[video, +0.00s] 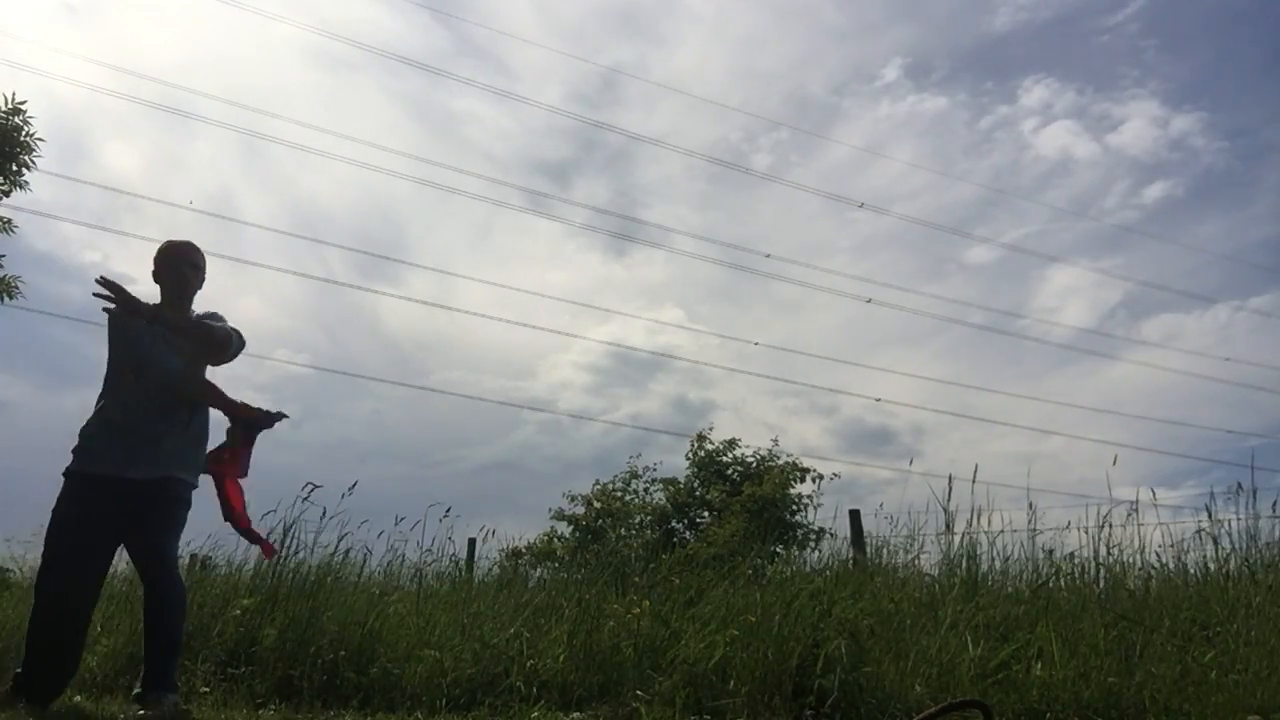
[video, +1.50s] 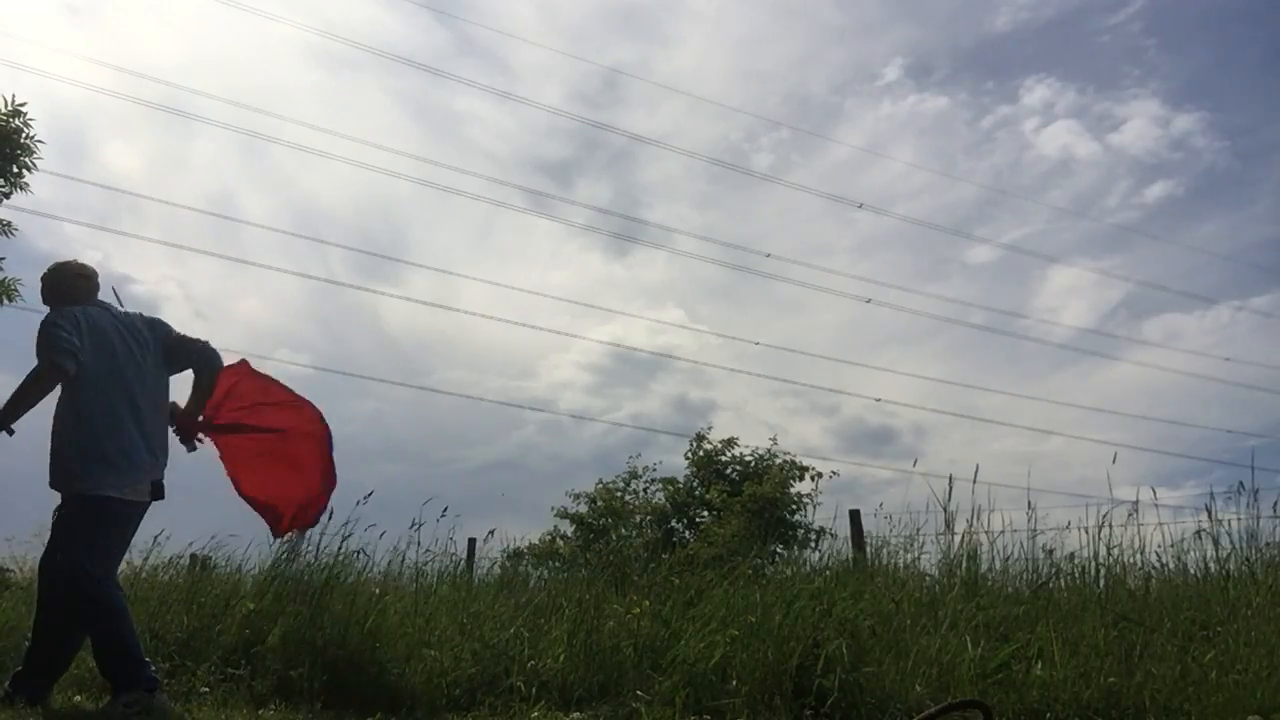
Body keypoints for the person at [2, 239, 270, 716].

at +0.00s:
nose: (185, 273)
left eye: (194, 268)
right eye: (177, 263)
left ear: (202, 281)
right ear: (156, 269)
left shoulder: (209, 323)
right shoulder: (129, 318)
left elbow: (224, 346)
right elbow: (167, 372)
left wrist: (148, 313)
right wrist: (234, 408)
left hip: (166, 476)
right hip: (101, 468)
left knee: (160, 571)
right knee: (65, 579)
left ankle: (160, 691)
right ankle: (35, 692)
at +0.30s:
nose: (196, 270)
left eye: (205, 265)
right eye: (186, 261)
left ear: (214, 280)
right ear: (167, 270)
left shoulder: (226, 337)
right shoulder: (129, 321)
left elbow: (285, 326)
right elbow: (104, 385)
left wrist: (331, 295)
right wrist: (131, 448)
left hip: (165, 485)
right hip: (100, 475)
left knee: (167, 588)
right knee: (58, 585)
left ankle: (161, 695)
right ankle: (25, 690)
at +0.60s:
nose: (192, 263)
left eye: (204, 258)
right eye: (184, 256)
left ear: (220, 275)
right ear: (171, 269)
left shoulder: (237, 333)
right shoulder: (144, 311)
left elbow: (288, 353)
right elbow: (90, 321)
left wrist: (287, 364)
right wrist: (93, 245)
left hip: (169, 483)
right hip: (103, 470)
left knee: (163, 580)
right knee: (48, 574)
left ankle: (159, 694)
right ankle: (16, 687)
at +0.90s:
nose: (139, 289)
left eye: (149, 281)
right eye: (133, 283)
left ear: (168, 286)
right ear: (127, 291)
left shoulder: (178, 331)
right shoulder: (126, 333)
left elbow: (91, 331)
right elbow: (102, 363)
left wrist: (143, 307)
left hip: (131, 477)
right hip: (85, 475)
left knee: (109, 566)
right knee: (19, 578)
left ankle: (157, 691)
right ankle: (29, 695)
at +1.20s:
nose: (92, 296)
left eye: (94, 288)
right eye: (92, 289)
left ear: (105, 284)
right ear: (139, 287)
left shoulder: (107, 315)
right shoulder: (167, 341)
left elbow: (58, 379)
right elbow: (146, 417)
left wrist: (58, 413)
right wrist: (73, 417)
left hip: (87, 480)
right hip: (128, 491)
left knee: (71, 578)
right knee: (36, 574)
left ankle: (133, 692)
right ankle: (27, 691)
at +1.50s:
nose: (47, 304)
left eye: (47, 296)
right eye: (46, 297)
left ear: (59, 291)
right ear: (93, 290)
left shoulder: (65, 318)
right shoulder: (145, 328)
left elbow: (56, 367)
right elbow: (209, 358)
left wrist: (5, 418)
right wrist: (191, 414)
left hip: (93, 480)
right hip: (139, 484)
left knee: (88, 578)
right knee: (60, 576)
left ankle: (137, 690)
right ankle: (31, 688)